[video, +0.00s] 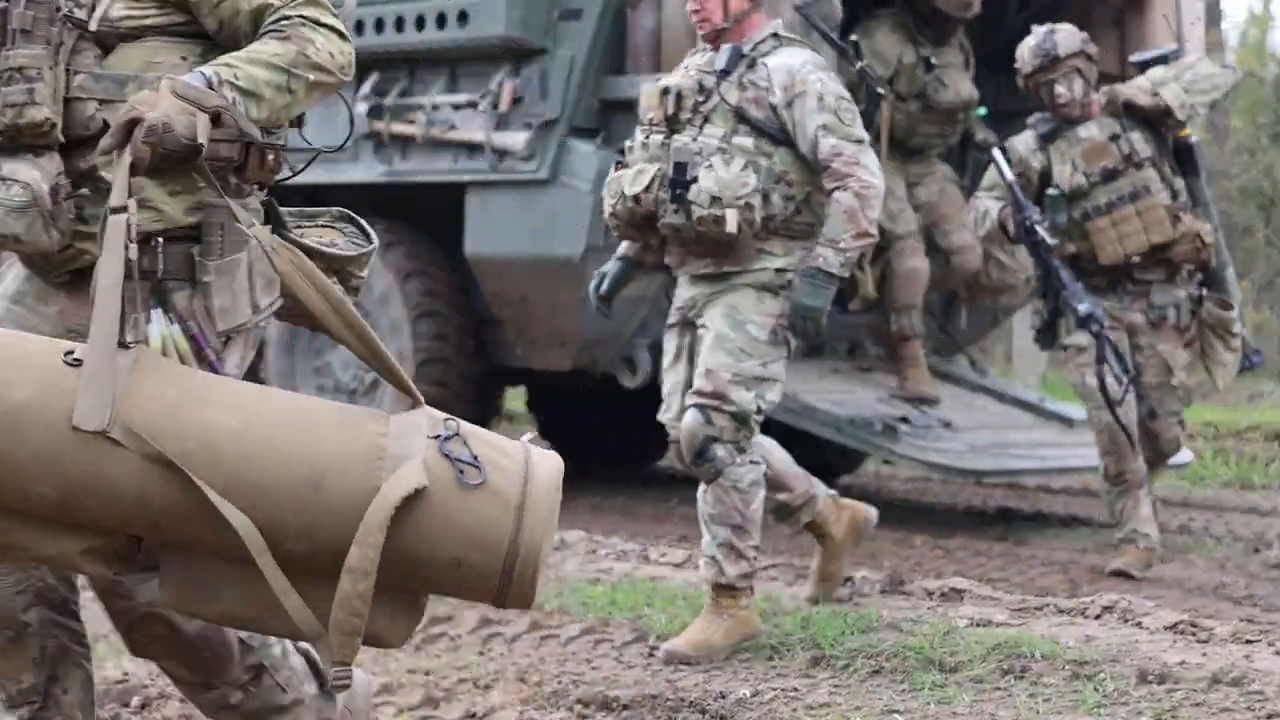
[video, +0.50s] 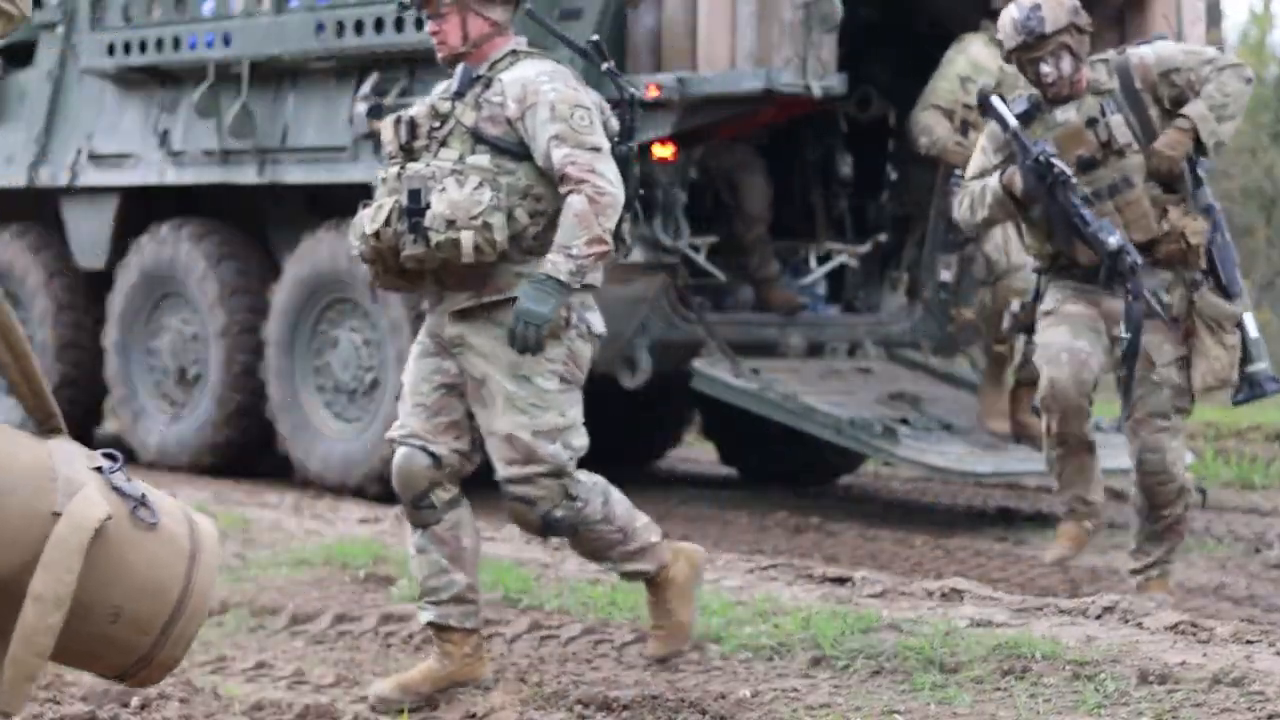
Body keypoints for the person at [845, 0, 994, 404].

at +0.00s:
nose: (972, 3)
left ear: (975, 7)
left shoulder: (960, 44)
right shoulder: (885, 37)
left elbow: (961, 104)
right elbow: (862, 109)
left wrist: (977, 129)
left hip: (930, 159)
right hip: (882, 157)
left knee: (967, 258)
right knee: (910, 261)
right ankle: (912, 364)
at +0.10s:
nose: (970, 29)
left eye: (975, 22)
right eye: (964, 19)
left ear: (977, 17)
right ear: (937, 6)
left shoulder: (972, 45)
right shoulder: (898, 41)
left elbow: (977, 110)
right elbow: (849, 99)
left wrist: (1001, 129)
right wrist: (877, 127)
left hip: (951, 167)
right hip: (903, 165)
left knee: (987, 255)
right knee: (926, 269)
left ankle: (945, 347)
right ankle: (916, 364)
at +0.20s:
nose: (985, 24)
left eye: (991, 17)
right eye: (978, 14)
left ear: (995, 14)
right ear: (954, 5)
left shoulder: (987, 47)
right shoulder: (917, 38)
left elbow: (1002, 106)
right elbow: (864, 100)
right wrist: (898, 130)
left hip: (970, 171)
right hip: (922, 171)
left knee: (999, 262)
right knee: (933, 275)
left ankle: (989, 379)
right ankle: (916, 371)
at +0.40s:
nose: (1014, 11)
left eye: (1019, 7)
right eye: (1009, 5)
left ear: (1018, 12)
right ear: (988, 4)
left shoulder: (1019, 53)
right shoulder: (960, 45)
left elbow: (1039, 110)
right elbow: (912, 116)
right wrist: (947, 145)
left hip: (1009, 188)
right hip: (961, 188)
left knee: (1035, 288)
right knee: (985, 296)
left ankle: (1017, 404)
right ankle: (942, 347)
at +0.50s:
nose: (1029, 22)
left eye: (1035, 17)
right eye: (1024, 14)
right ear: (1005, 14)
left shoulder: (1048, 59)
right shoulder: (975, 52)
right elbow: (927, 121)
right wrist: (977, 161)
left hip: (1036, 191)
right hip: (987, 190)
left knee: (1044, 294)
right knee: (1016, 284)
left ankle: (1026, 403)